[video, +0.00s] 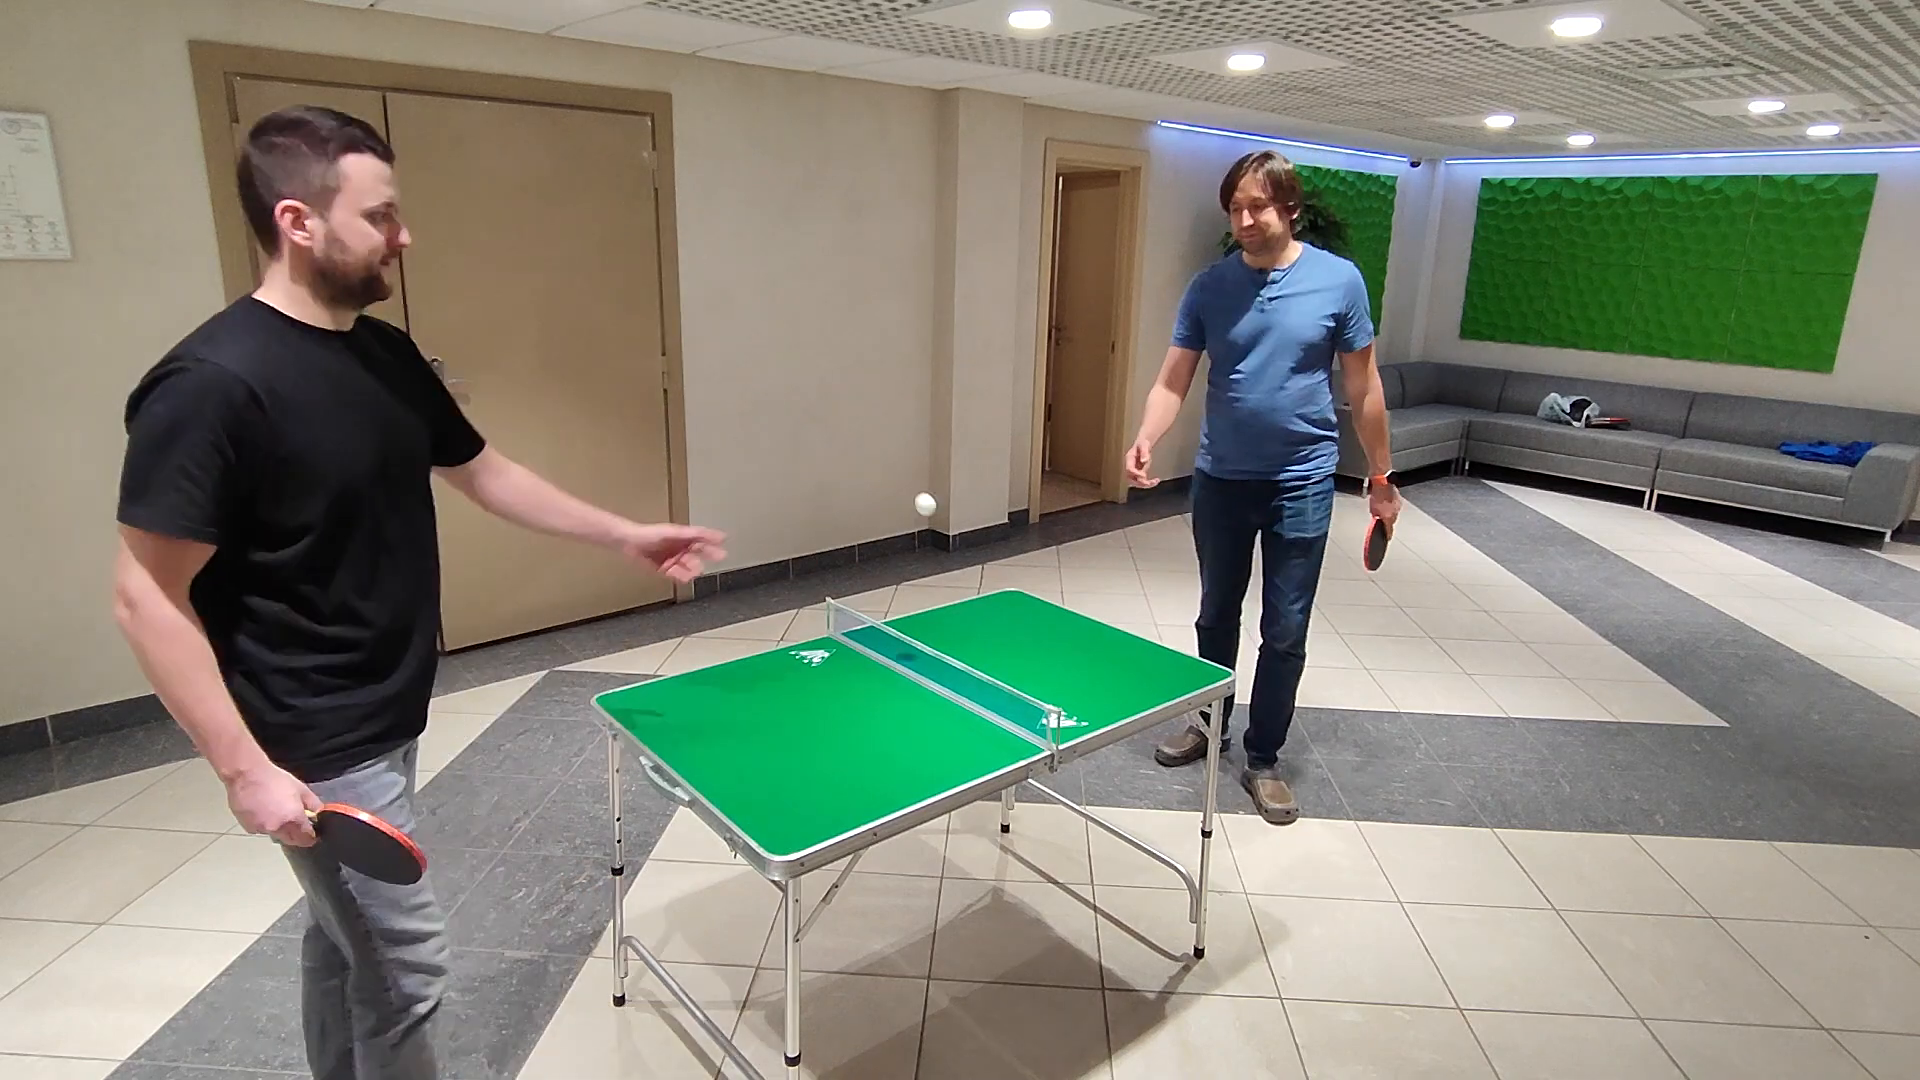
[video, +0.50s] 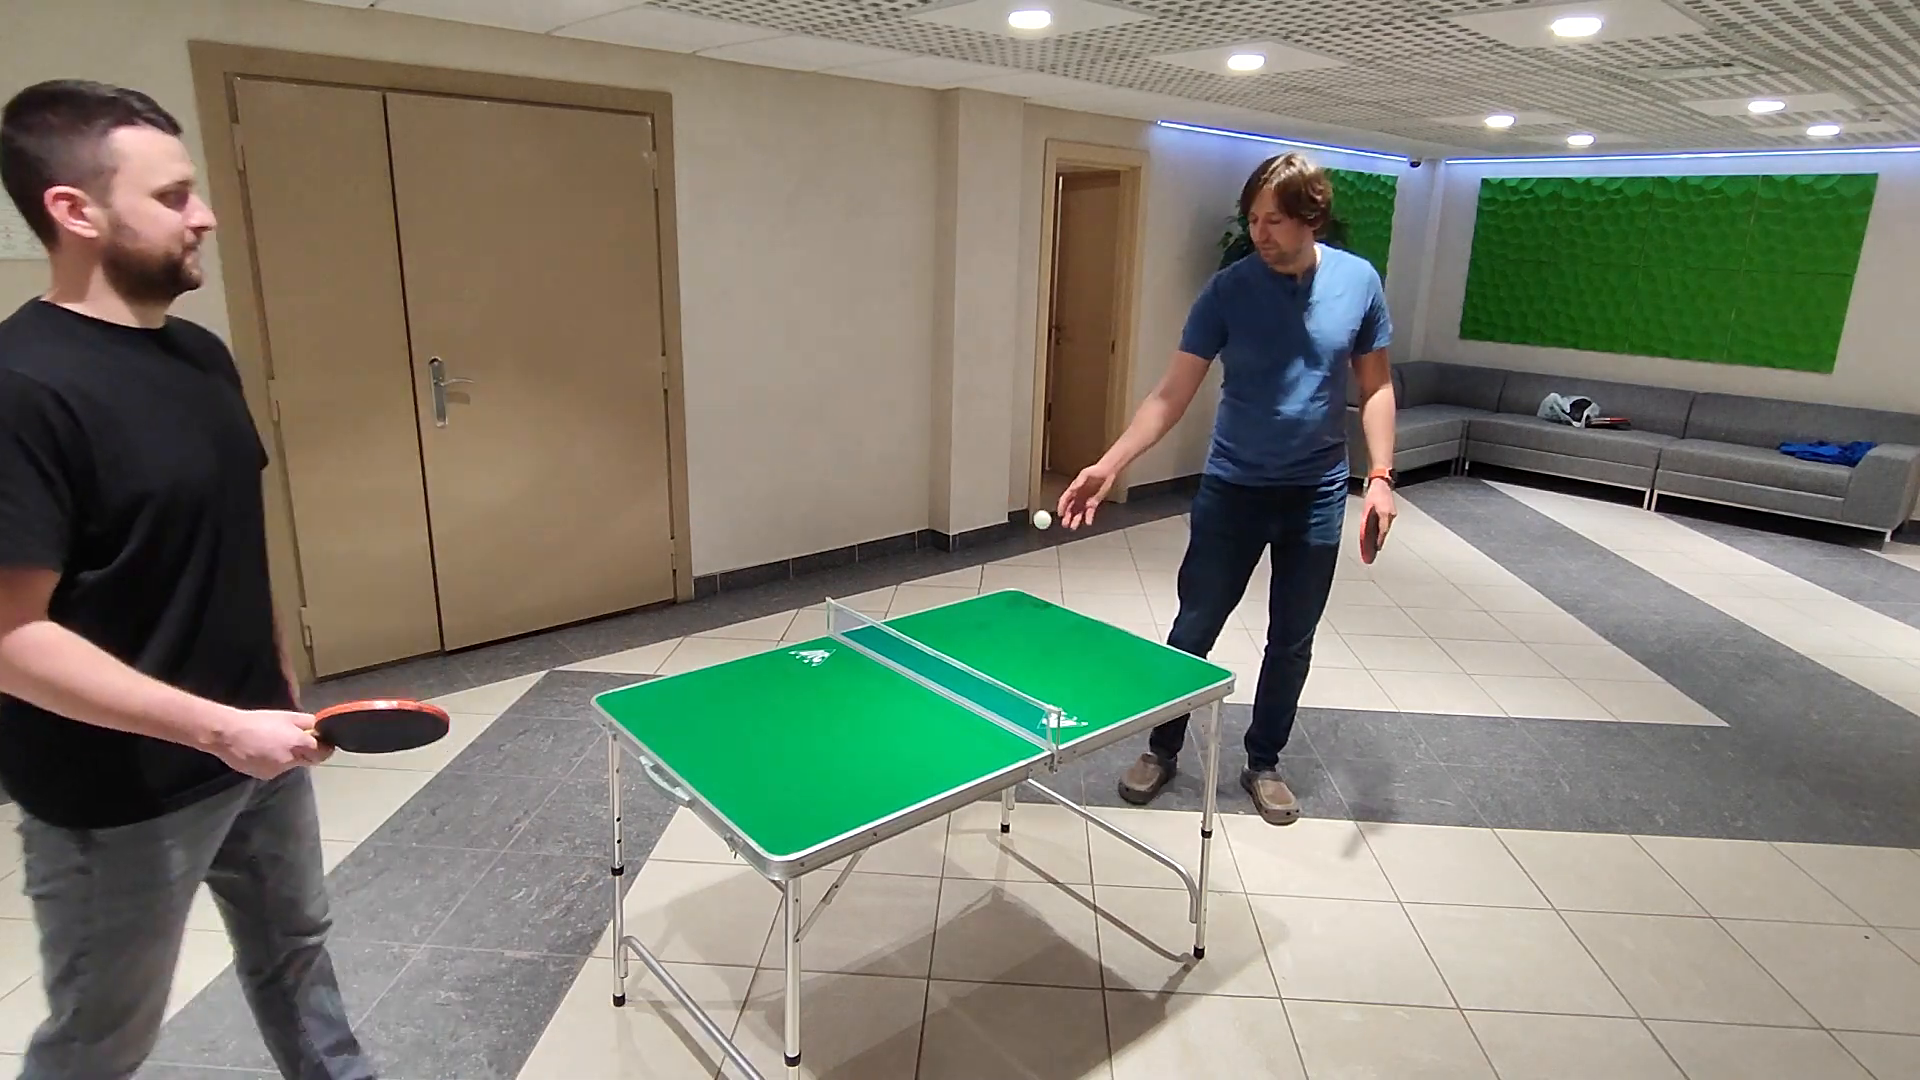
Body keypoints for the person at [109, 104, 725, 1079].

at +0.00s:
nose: (403, 240)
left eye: (400, 215)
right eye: (379, 216)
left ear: (315, 225)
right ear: (296, 223)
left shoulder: (386, 356)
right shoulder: (210, 386)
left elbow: (485, 473)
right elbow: (144, 595)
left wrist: (629, 536)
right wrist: (243, 769)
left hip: (390, 722)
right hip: (315, 747)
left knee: (343, 943)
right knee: (406, 985)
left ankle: (338, 1071)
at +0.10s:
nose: (370, 230)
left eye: (365, 206)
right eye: (344, 209)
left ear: (274, 220)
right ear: (262, 220)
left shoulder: (357, 351)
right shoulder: (182, 381)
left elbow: (433, 500)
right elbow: (122, 595)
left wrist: (541, 602)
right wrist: (240, 761)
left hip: (371, 724)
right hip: (284, 747)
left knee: (343, 954)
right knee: (365, 982)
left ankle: (337, 1063)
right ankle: (338, 1074)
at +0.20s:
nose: (340, 223)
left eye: (334, 199)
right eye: (313, 202)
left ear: (246, 216)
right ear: (226, 216)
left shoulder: (333, 351)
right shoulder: (153, 377)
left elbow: (373, 514)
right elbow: (98, 594)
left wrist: (424, 644)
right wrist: (239, 749)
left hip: (348, 723)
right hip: (250, 751)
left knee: (336, 955)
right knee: (316, 1002)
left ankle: (345, 1068)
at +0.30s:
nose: (304, 218)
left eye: (299, 193)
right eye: (276, 197)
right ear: (188, 212)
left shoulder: (300, 354)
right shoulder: (121, 377)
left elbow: (301, 552)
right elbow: (71, 600)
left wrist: (335, 707)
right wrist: (242, 738)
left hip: (327, 739)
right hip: (219, 775)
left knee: (328, 956)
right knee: (249, 1015)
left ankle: (342, 1073)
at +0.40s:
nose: (261, 218)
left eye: (254, 192)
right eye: (230, 195)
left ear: (156, 211)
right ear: (138, 211)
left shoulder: (254, 350)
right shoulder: (68, 385)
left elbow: (253, 558)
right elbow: (40, 616)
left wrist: (309, 707)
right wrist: (238, 729)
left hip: (296, 749)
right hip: (175, 789)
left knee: (313, 956)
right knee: (178, 1029)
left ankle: (337, 1070)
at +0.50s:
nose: (204, 219)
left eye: (196, 192)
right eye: (172, 195)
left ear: (88, 214)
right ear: (75, 212)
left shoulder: (201, 356)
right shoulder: (24, 386)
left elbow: (238, 557)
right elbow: (13, 639)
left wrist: (288, 703)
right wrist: (219, 728)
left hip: (256, 762)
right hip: (114, 804)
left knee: (297, 956)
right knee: (99, 1044)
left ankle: (335, 1071)